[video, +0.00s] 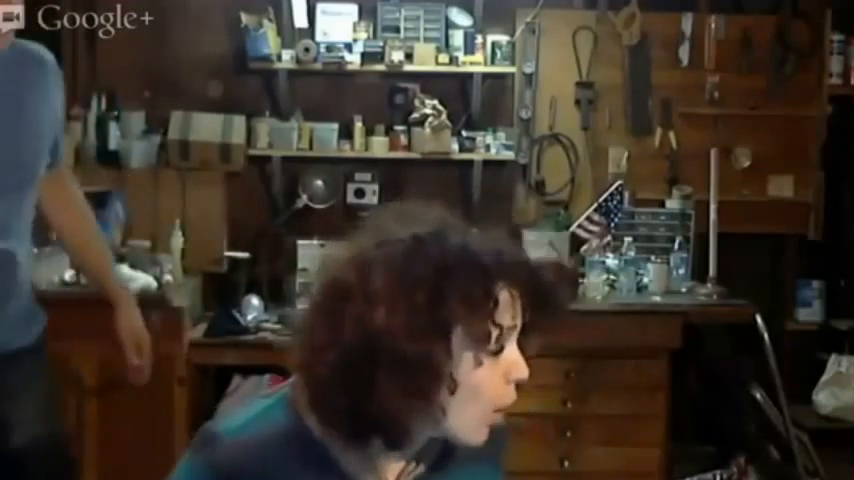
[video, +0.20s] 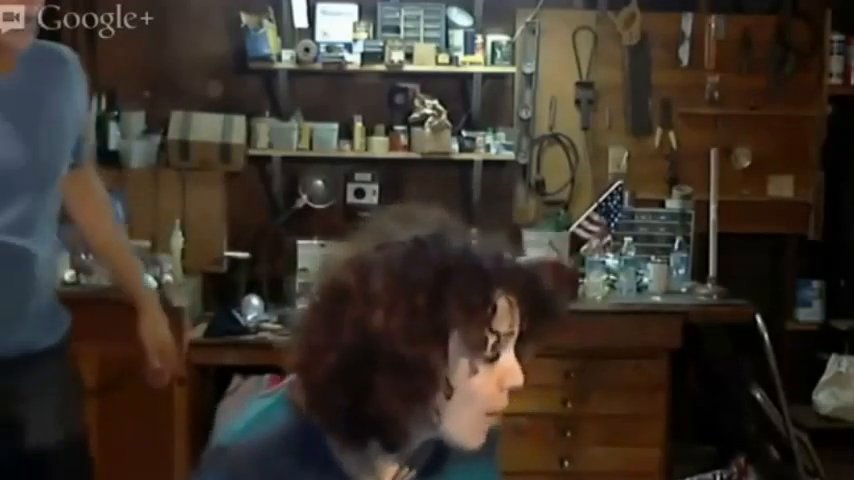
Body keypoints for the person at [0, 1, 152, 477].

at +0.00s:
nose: (12, 17)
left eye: (15, 10)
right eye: (5, 10)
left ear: (21, 14)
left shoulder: (34, 71)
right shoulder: (31, 73)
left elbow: (53, 177)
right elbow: (54, 180)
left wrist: (120, 294)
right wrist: (119, 295)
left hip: (16, 342)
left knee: (39, 468)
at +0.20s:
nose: (22, 9)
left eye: (30, 1)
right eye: (12, 1)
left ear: (41, 6)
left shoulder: (57, 71)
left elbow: (77, 175)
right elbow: (77, 178)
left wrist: (145, 296)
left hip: (33, 345)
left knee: (60, 469)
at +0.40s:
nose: (68, 6)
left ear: (88, 3)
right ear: (16, 3)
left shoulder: (103, 66)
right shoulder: (5, 67)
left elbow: (131, 181)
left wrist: (203, 300)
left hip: (81, 343)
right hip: (8, 344)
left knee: (89, 469)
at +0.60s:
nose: (93, 7)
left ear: (108, 3)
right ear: (28, 1)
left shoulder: (126, 66)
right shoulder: (5, 65)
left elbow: (159, 186)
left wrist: (229, 295)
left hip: (103, 348)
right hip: (14, 349)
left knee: (102, 470)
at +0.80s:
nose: (95, 7)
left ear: (111, 2)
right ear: (31, 2)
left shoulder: (130, 67)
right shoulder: (6, 65)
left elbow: (166, 185)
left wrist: (234, 295)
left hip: (104, 350)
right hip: (15, 351)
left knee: (103, 471)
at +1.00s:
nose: (110, 8)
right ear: (38, 3)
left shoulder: (140, 69)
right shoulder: (6, 66)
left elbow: (175, 184)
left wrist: (241, 297)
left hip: (108, 350)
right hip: (14, 350)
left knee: (107, 471)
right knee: (8, 469)